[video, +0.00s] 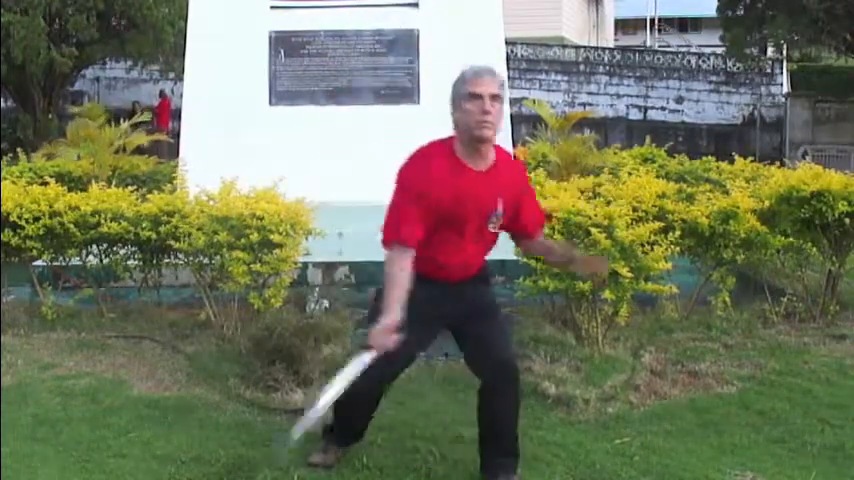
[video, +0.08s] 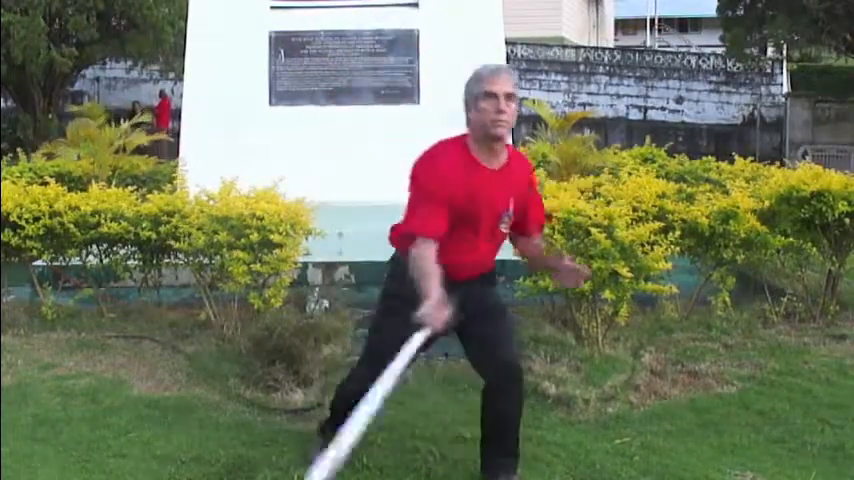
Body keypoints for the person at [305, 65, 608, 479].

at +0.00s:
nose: (487, 108)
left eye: (495, 99)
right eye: (474, 99)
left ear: (502, 110)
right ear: (455, 109)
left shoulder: (511, 171)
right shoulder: (424, 166)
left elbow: (530, 239)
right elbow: (400, 249)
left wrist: (575, 260)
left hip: (472, 289)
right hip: (419, 287)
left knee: (501, 370)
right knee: (378, 364)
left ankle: (500, 471)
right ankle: (337, 440)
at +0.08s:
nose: (501, 107)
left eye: (510, 99)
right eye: (489, 99)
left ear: (518, 110)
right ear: (469, 109)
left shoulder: (519, 168)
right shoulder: (438, 163)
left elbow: (527, 237)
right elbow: (422, 242)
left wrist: (551, 263)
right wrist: (432, 296)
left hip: (474, 284)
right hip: (418, 278)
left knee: (505, 373)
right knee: (375, 371)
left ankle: (500, 471)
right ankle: (330, 438)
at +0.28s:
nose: (518, 106)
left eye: (527, 98)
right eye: (507, 97)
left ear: (535, 108)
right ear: (487, 107)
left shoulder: (530, 166)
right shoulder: (461, 151)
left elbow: (518, 230)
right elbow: (486, 214)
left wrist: (526, 252)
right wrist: (543, 190)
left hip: (478, 287)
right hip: (421, 281)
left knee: (512, 369)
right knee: (379, 367)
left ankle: (503, 469)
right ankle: (330, 437)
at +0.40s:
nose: (511, 107)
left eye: (519, 99)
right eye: (500, 97)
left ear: (527, 110)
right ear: (479, 106)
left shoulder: (522, 164)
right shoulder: (455, 147)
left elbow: (532, 246)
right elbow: (492, 196)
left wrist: (516, 220)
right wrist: (563, 163)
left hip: (471, 286)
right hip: (414, 279)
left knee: (510, 368)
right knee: (371, 367)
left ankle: (502, 470)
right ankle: (331, 438)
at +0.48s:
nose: (500, 108)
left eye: (509, 100)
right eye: (489, 99)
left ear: (517, 110)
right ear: (469, 108)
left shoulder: (519, 166)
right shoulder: (444, 147)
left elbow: (532, 246)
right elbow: (477, 197)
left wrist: (509, 207)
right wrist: (555, 164)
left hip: (466, 288)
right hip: (405, 281)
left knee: (505, 370)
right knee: (352, 378)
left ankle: (502, 470)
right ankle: (334, 436)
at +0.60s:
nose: (464, 113)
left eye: (473, 105)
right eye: (453, 104)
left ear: (482, 114)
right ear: (435, 111)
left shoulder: (495, 172)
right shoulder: (412, 150)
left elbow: (507, 246)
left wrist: (473, 196)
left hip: (450, 293)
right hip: (387, 287)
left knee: (492, 376)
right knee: (333, 379)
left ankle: (501, 471)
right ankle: (321, 458)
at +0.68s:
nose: (443, 118)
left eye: (452, 108)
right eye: (432, 109)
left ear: (461, 114)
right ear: (415, 116)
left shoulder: (476, 176)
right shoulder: (392, 151)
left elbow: (487, 250)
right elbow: (375, 198)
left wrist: (448, 218)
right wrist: (454, 186)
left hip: (443, 294)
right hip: (379, 288)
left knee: (477, 381)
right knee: (324, 378)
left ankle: (504, 468)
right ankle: (318, 451)